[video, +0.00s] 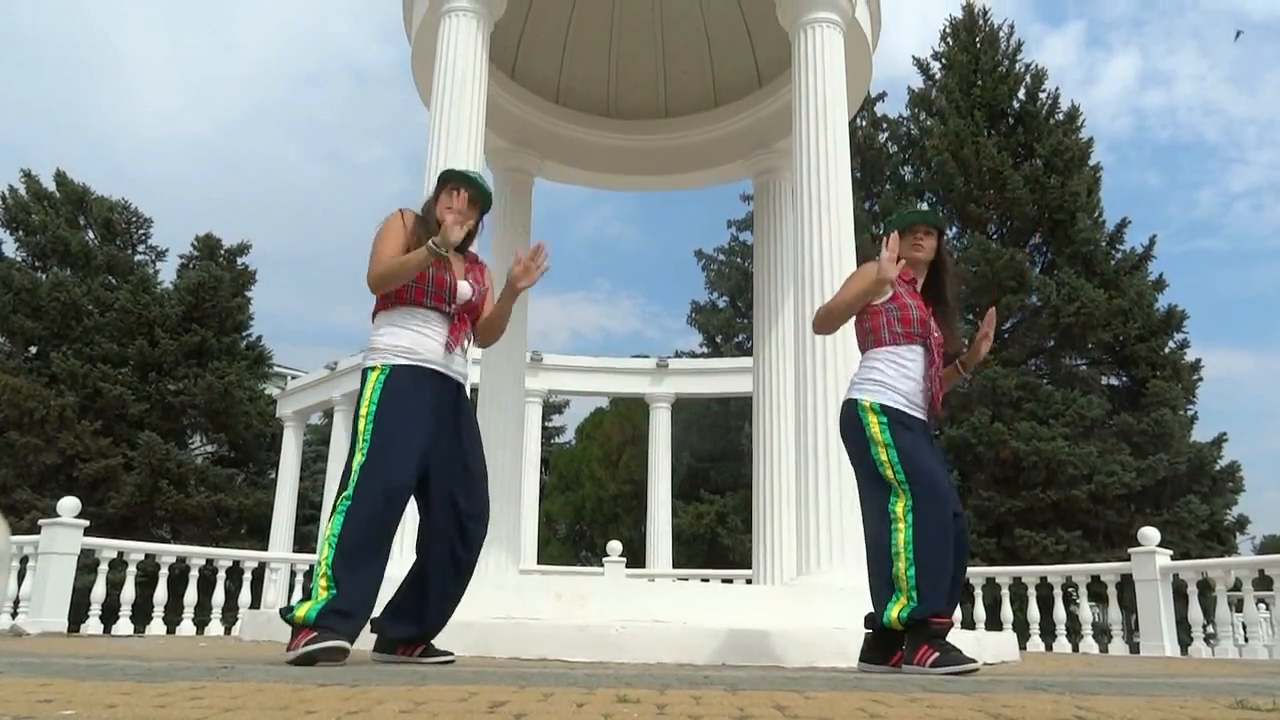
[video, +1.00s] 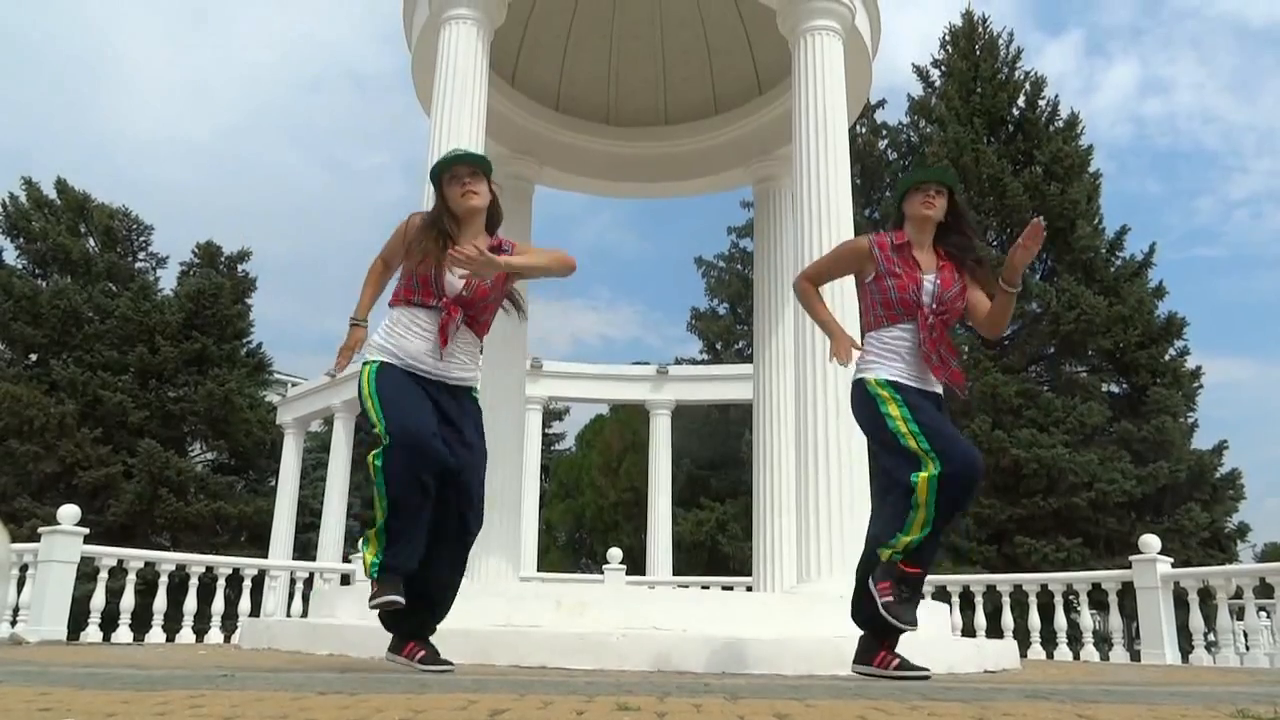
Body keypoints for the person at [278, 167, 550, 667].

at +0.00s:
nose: (453, 203)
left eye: (466, 200)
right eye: (447, 194)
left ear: (476, 216)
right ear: (434, 199)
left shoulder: (477, 269)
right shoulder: (405, 224)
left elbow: (485, 335)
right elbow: (379, 279)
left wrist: (511, 291)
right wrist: (434, 249)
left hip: (450, 388)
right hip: (396, 373)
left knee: (464, 515)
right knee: (374, 494)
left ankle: (404, 634)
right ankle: (319, 625)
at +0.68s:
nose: (495, 228)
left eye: (504, 226)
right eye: (486, 220)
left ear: (510, 243)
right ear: (466, 228)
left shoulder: (500, 304)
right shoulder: (433, 258)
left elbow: (491, 384)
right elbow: (371, 311)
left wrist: (527, 361)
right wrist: (377, 300)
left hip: (459, 416)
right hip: (405, 391)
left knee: (474, 527)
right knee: (376, 493)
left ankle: (405, 639)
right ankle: (328, 610)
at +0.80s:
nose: (493, 206)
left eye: (500, 200)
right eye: (482, 200)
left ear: (511, 215)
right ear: (464, 212)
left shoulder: (513, 279)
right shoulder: (436, 242)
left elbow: (520, 349)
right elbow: (371, 278)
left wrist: (503, 302)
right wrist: (356, 328)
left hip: (456, 386)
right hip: (401, 360)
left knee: (455, 509)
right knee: (409, 462)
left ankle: (402, 636)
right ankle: (350, 586)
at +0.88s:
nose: (486, 193)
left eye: (493, 186)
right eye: (474, 187)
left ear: (505, 199)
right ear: (458, 200)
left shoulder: (515, 263)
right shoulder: (428, 233)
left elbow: (548, 308)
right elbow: (379, 265)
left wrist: (504, 266)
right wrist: (355, 319)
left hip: (453, 379)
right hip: (396, 355)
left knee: (457, 503)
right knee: (426, 439)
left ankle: (406, 634)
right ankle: (376, 554)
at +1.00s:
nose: (467, 183)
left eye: (475, 176)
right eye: (455, 179)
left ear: (493, 191)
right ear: (440, 195)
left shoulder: (504, 250)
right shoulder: (420, 228)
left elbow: (566, 262)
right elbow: (382, 267)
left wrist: (499, 263)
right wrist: (358, 323)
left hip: (457, 387)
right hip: (395, 368)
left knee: (466, 505)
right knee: (418, 443)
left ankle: (413, 637)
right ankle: (391, 575)